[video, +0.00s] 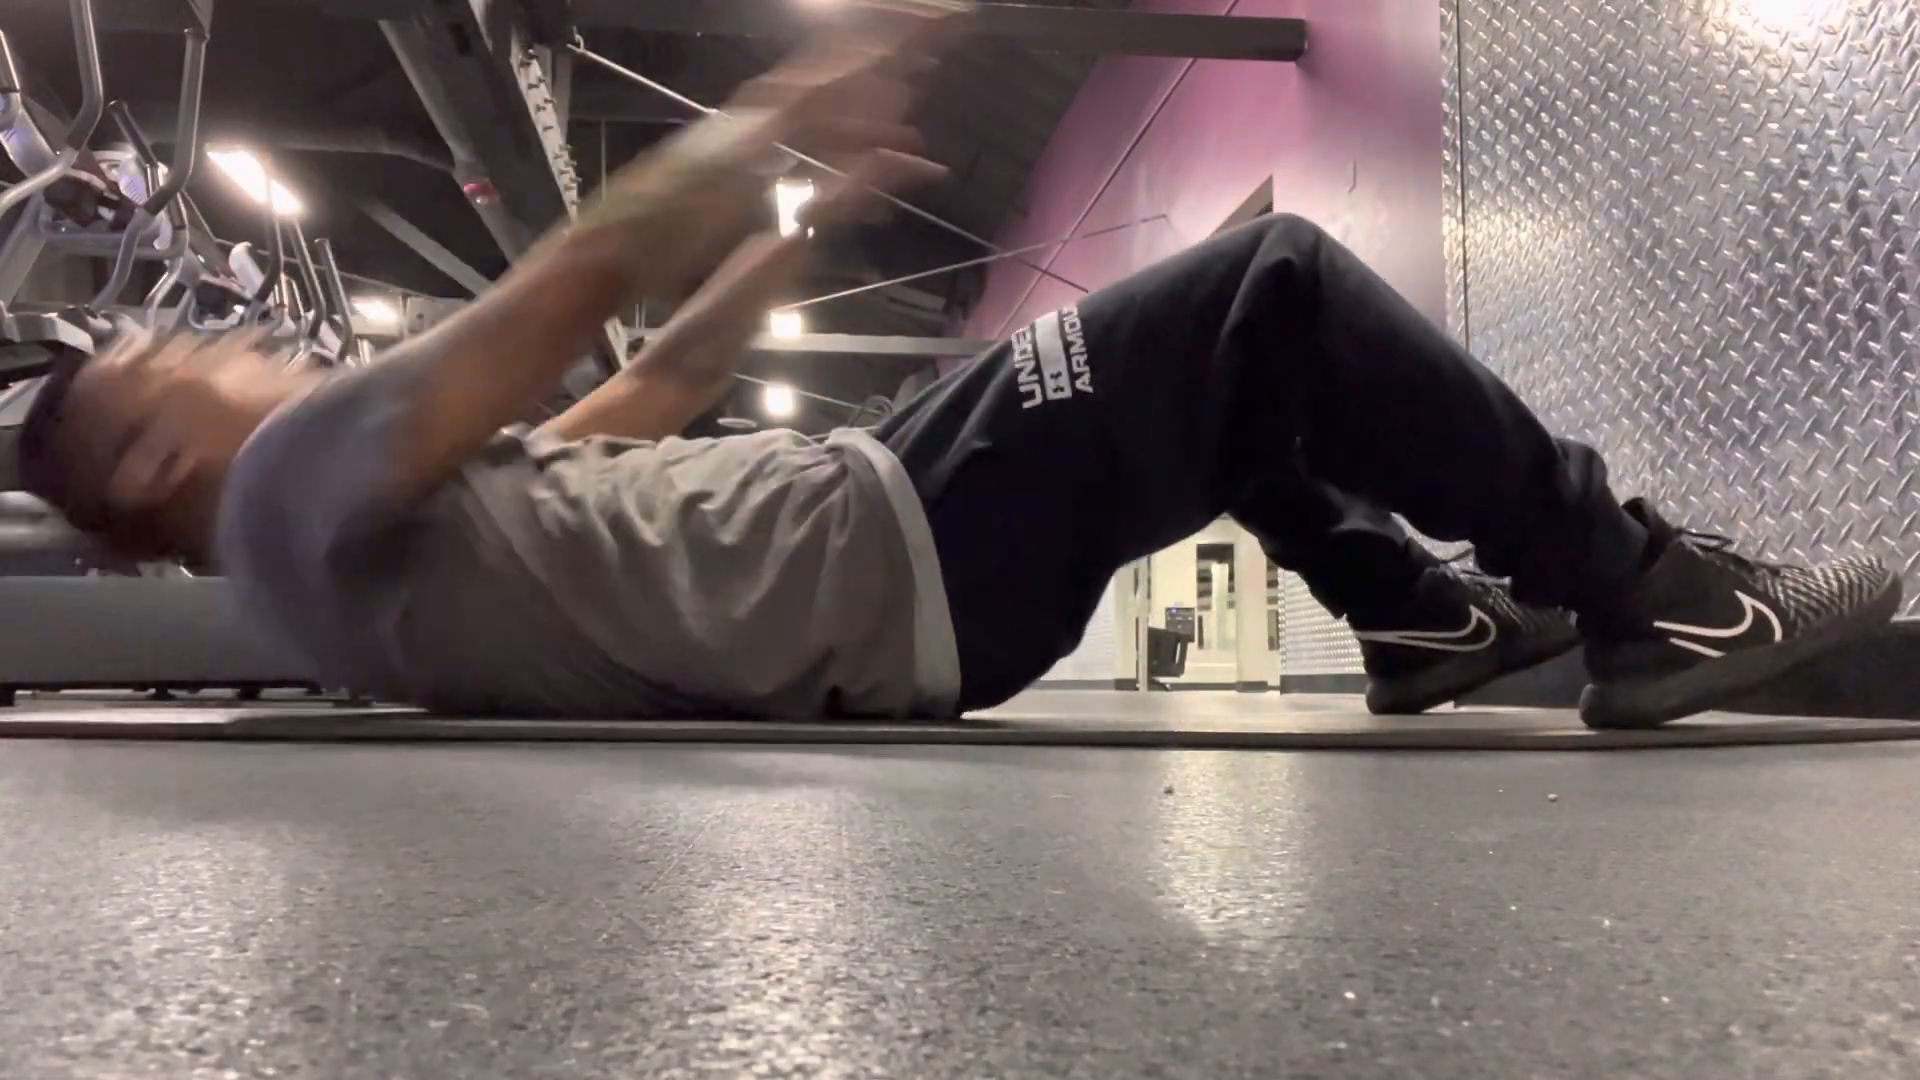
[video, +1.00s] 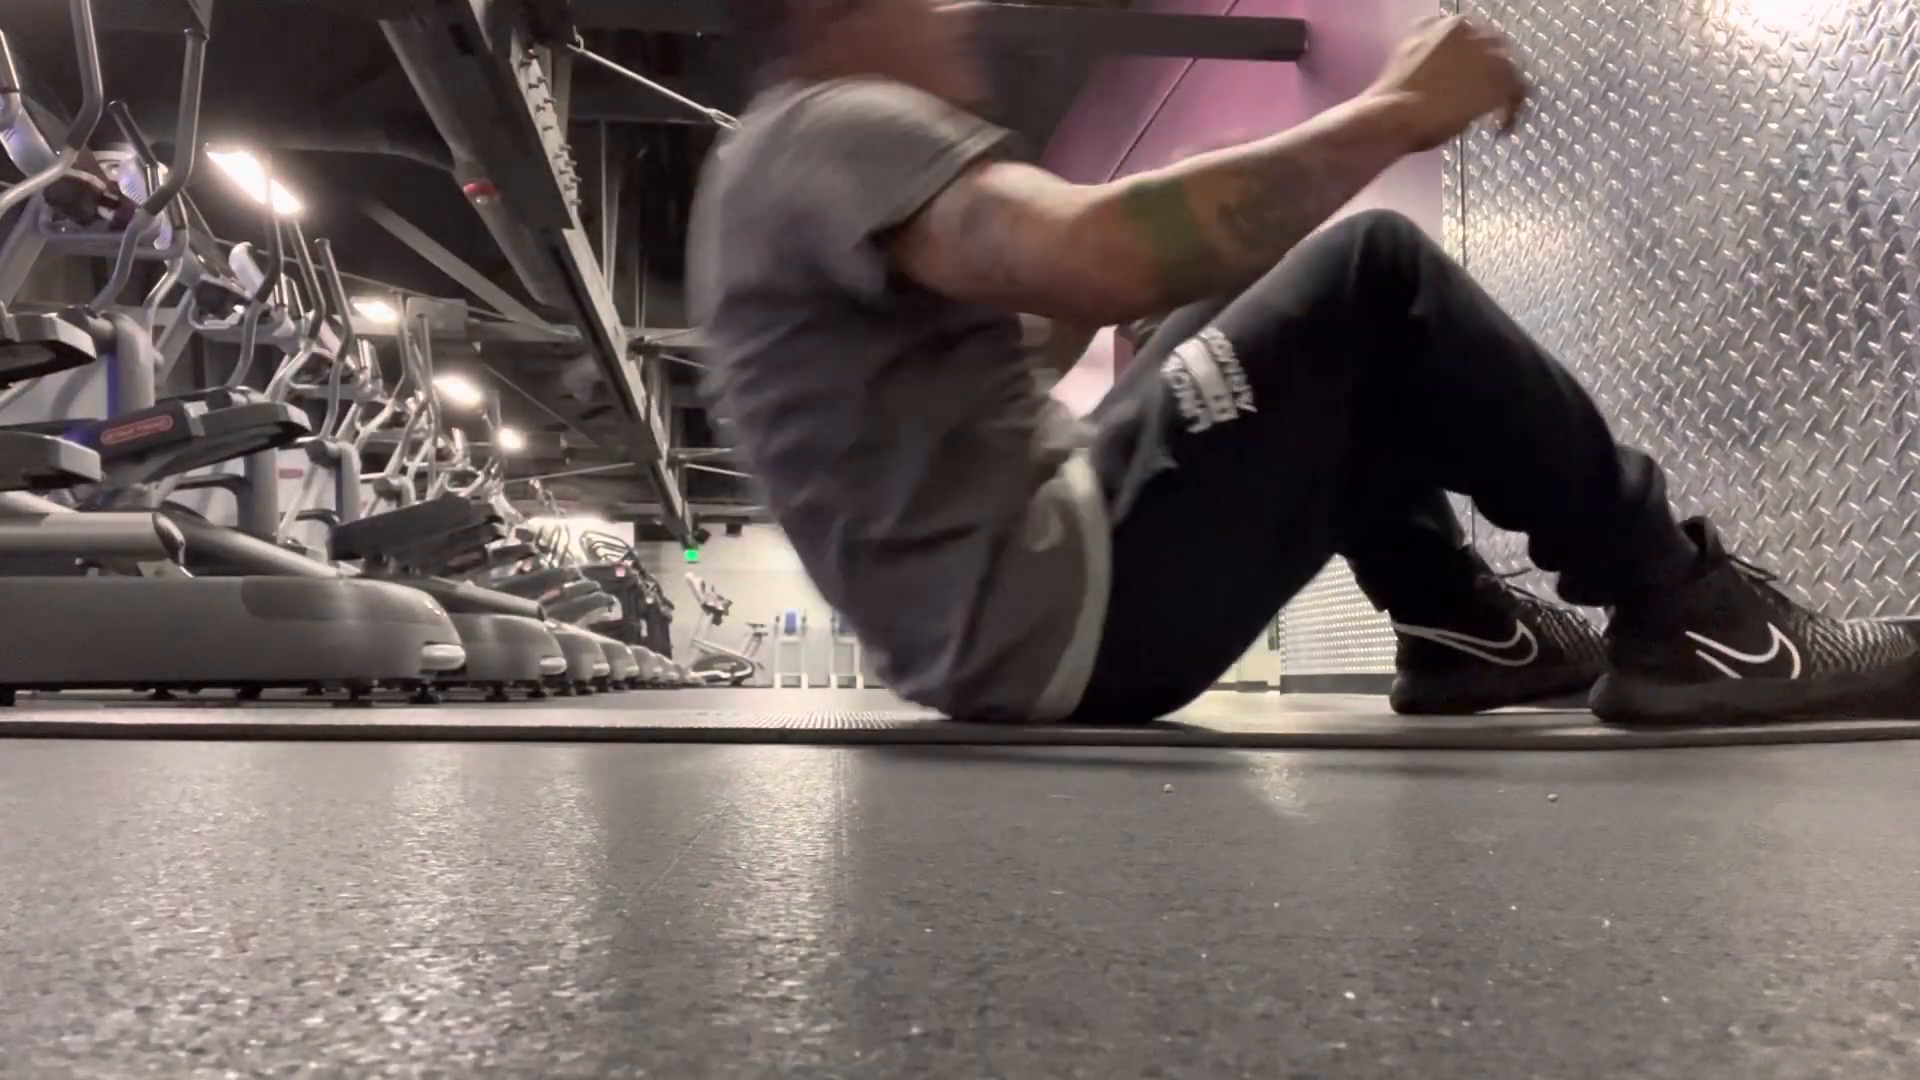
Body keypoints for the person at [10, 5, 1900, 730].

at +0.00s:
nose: (194, 365)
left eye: (166, 362)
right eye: (152, 389)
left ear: (202, 408)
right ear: (149, 478)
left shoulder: (345, 516)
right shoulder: (301, 492)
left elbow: (629, 413)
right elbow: (558, 306)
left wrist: (782, 237)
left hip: (853, 536)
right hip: (893, 567)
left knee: (1196, 346)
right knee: (1264, 274)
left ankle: (1442, 617)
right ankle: (1657, 591)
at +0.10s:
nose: (388, 212)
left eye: (362, 194)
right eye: (334, 216)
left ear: (348, 269)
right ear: (265, 311)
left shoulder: (431, 407)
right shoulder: (372, 388)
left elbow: (722, 359)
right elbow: (676, 275)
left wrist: (933, 241)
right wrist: (974, 140)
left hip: (873, 538)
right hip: (899, 592)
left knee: (1202, 318)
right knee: (1260, 287)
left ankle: (1434, 607)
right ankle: (1649, 590)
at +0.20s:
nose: (587, 126)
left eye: (570, 104)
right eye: (539, 109)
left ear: (501, 162)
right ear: (443, 176)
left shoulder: (552, 337)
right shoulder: (483, 279)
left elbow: (857, 328)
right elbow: (805, 232)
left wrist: (1033, 218)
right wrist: (1093, 137)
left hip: (914, 571)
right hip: (916, 596)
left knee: (1215, 318)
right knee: (1266, 277)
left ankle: (1432, 611)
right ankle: (1646, 568)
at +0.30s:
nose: (744, 84)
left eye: (733, 58)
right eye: (708, 57)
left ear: (589, 98)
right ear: (612, 80)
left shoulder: (656, 279)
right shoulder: (619, 189)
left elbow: (935, 318)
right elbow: (1003, 168)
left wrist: (1104, 198)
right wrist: (1255, 76)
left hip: (931, 608)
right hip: (934, 606)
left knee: (1205, 344)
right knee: (1262, 257)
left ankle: (1432, 604)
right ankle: (1642, 555)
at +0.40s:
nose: (909, 79)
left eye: (898, 63)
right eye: (882, 53)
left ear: (756, 56)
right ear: (787, 33)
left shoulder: (758, 253)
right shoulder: (729, 134)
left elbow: (1000, 326)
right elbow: (1077, 122)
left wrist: (1166, 185)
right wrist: (1329, 31)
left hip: (956, 625)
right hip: (963, 608)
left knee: (1207, 334)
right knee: (1276, 261)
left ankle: (1448, 614)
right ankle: (1638, 551)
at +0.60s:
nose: (1127, 103)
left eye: (1119, 82)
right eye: (1121, 66)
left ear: (1019, 29)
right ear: (1049, 29)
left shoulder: (960, 181)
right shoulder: (938, 61)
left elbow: (1033, 408)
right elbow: (999, 127)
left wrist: (1136, 280)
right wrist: (1271, 16)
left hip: (1007, 619)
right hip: (1030, 606)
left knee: (1256, 325)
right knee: (1346, 269)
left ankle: (1467, 620)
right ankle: (1681, 603)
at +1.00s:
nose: (972, 24)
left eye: (960, 9)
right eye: (941, 3)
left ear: (833, 23)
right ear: (851, 12)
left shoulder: (822, 145)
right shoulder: (827, 136)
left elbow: (1094, 273)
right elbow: (1117, 254)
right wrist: (1402, 110)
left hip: (1043, 591)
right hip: (1062, 619)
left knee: (1302, 307)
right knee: (1371, 270)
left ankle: (1458, 624)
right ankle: (1682, 613)